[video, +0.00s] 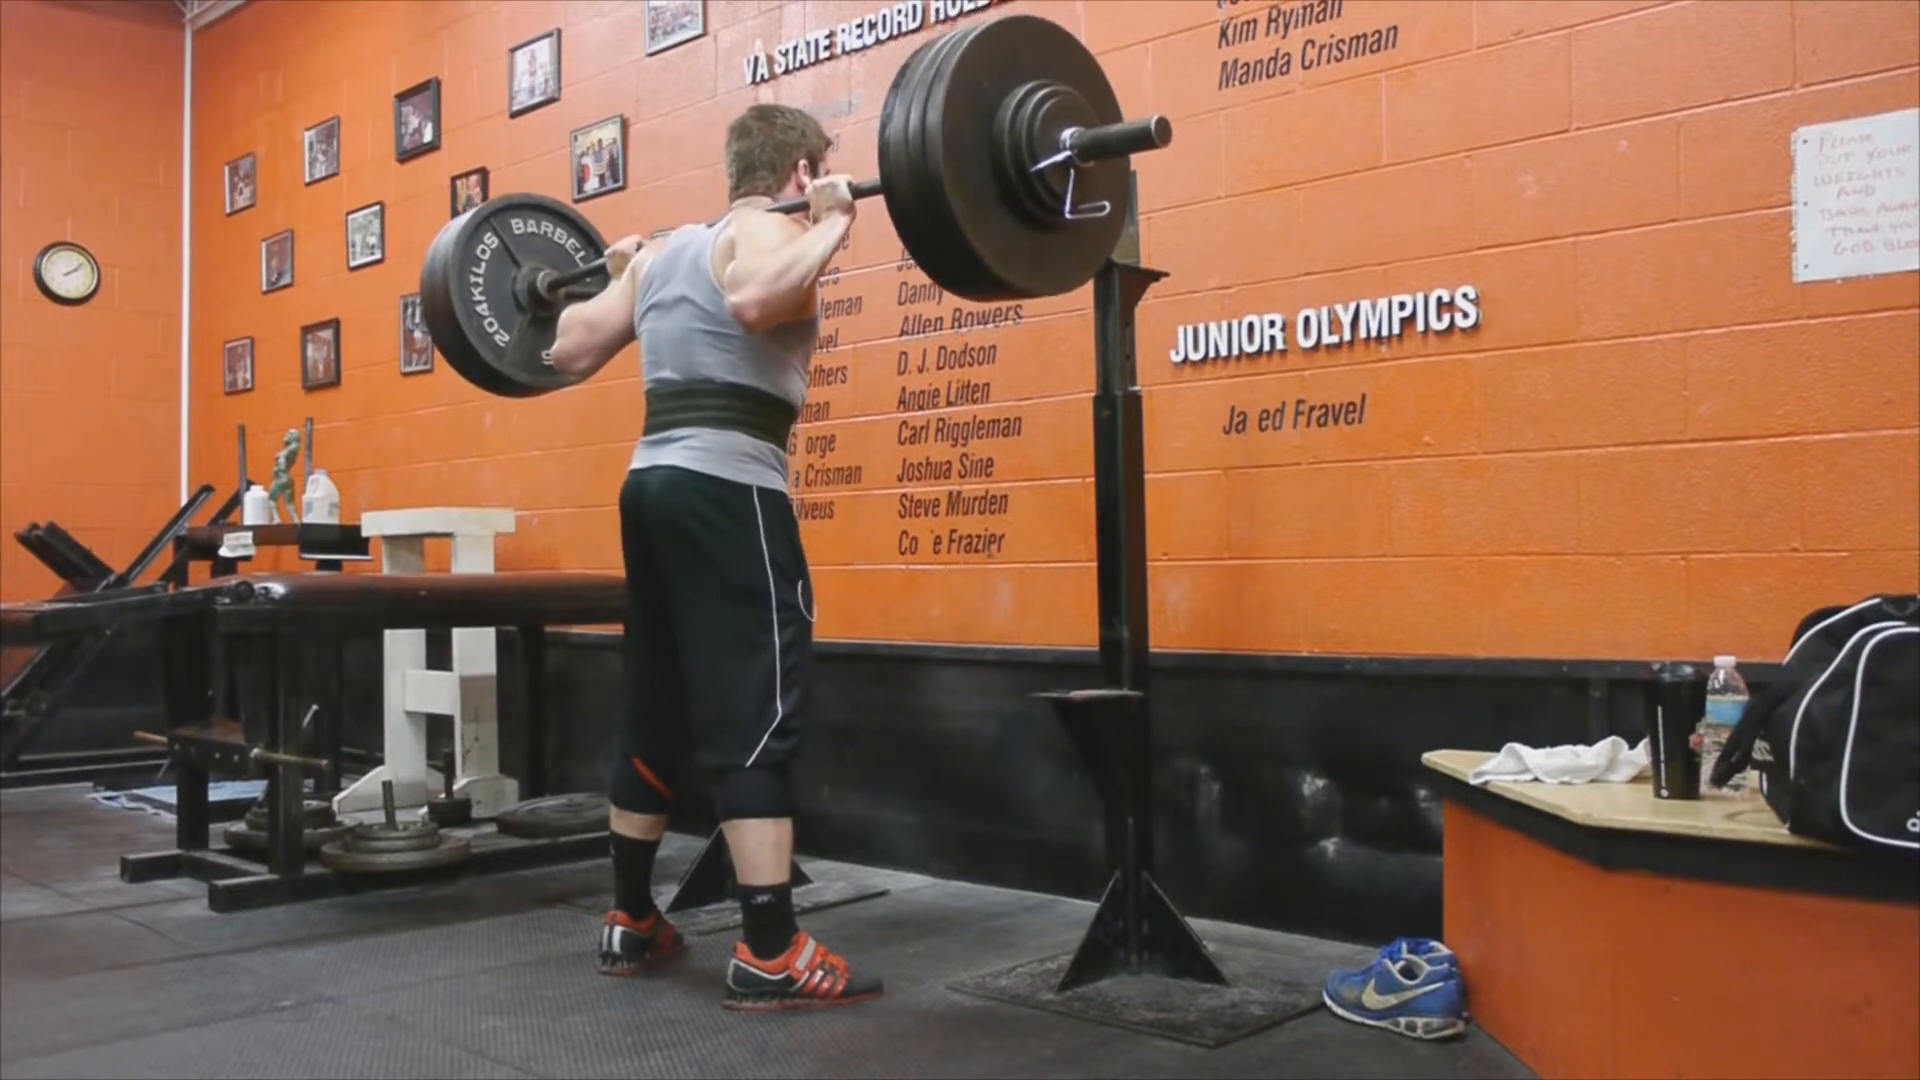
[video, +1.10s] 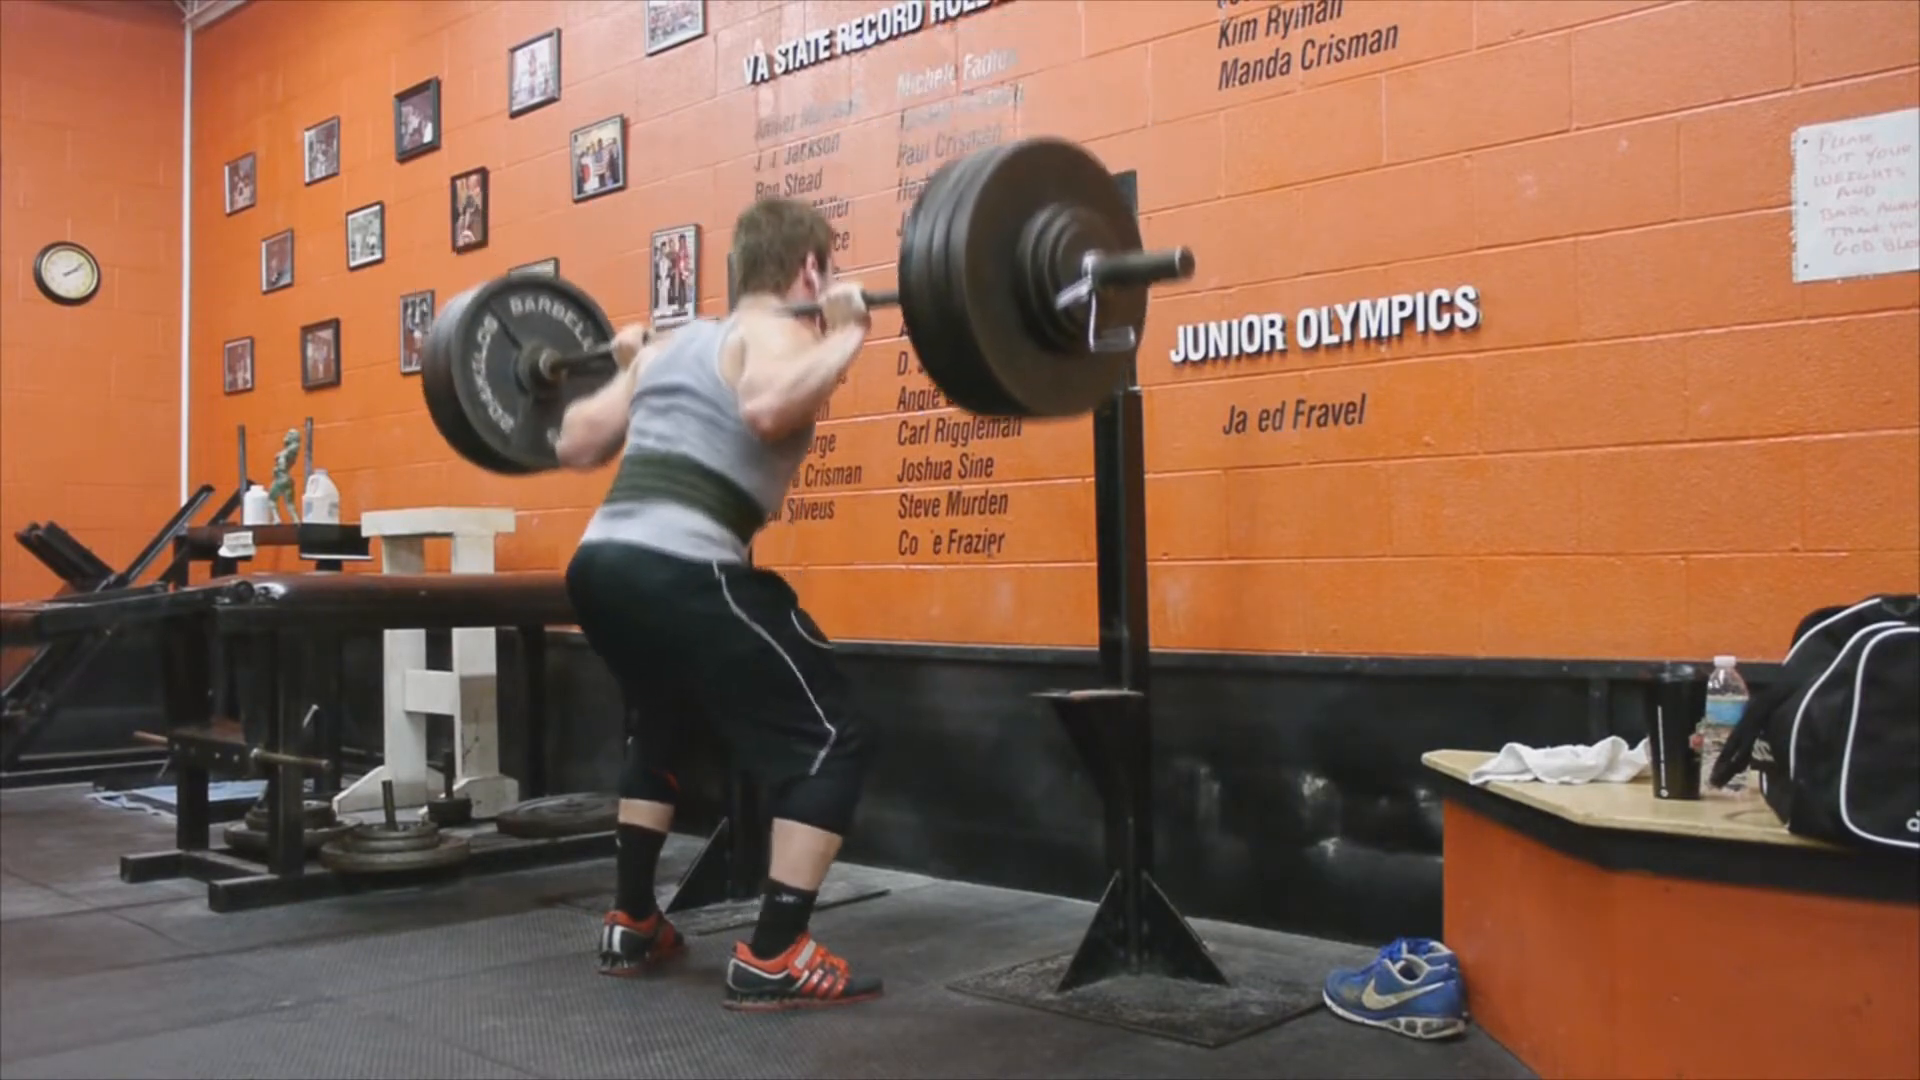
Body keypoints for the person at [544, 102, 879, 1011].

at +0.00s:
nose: (825, 191)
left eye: (825, 175)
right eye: (823, 175)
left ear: (736, 174)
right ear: (799, 170)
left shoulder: (664, 253)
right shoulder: (772, 226)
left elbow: (566, 350)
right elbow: (752, 300)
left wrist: (611, 274)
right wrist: (833, 226)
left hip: (652, 485)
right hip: (728, 486)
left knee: (658, 709)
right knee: (755, 714)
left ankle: (631, 920)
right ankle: (770, 947)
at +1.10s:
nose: (826, 285)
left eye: (825, 272)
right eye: (825, 272)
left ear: (739, 272)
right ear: (806, 271)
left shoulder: (670, 344)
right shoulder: (779, 332)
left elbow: (574, 444)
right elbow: (767, 407)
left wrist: (621, 363)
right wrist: (846, 333)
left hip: (602, 565)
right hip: (689, 571)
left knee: (660, 722)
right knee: (834, 734)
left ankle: (632, 921)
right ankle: (775, 948)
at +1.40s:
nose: (833, 377)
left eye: (831, 363)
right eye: (831, 362)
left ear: (744, 365)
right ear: (811, 366)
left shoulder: (680, 438)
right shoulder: (787, 428)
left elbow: (586, 548)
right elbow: (781, 522)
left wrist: (636, 460)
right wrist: (857, 442)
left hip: (596, 654)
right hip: (686, 663)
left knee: (668, 745)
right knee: (855, 766)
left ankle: (633, 920)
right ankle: (776, 951)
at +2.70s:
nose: (825, 265)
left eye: (823, 252)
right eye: (824, 253)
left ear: (739, 254)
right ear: (805, 251)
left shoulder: (668, 326)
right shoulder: (783, 316)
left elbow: (569, 419)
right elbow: (771, 387)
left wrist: (617, 345)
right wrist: (851, 315)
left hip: (599, 536)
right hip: (688, 543)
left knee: (666, 712)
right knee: (811, 717)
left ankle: (633, 919)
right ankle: (775, 947)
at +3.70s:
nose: (835, 373)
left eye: (837, 361)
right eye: (834, 360)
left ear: (744, 363)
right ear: (815, 363)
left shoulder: (675, 434)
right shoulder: (789, 427)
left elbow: (579, 540)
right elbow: (790, 515)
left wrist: (625, 454)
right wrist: (864, 440)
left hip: (594, 642)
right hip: (687, 654)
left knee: (665, 735)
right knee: (853, 750)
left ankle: (634, 920)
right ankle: (776, 949)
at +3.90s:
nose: (833, 451)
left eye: (833, 436)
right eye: (831, 436)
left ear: (743, 442)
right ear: (813, 443)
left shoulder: (675, 515)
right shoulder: (792, 516)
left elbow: (587, 621)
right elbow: (796, 610)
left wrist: (627, 533)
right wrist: (868, 525)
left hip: (599, 736)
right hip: (696, 749)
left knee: (675, 751)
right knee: (870, 782)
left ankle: (634, 918)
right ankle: (776, 951)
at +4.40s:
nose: (837, 443)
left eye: (835, 428)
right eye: (835, 428)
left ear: (746, 432)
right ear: (817, 432)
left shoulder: (674, 503)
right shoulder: (798, 498)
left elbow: (574, 594)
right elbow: (786, 582)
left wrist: (626, 516)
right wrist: (867, 505)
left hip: (600, 713)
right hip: (698, 721)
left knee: (674, 751)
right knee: (860, 768)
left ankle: (634, 917)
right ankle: (775, 950)